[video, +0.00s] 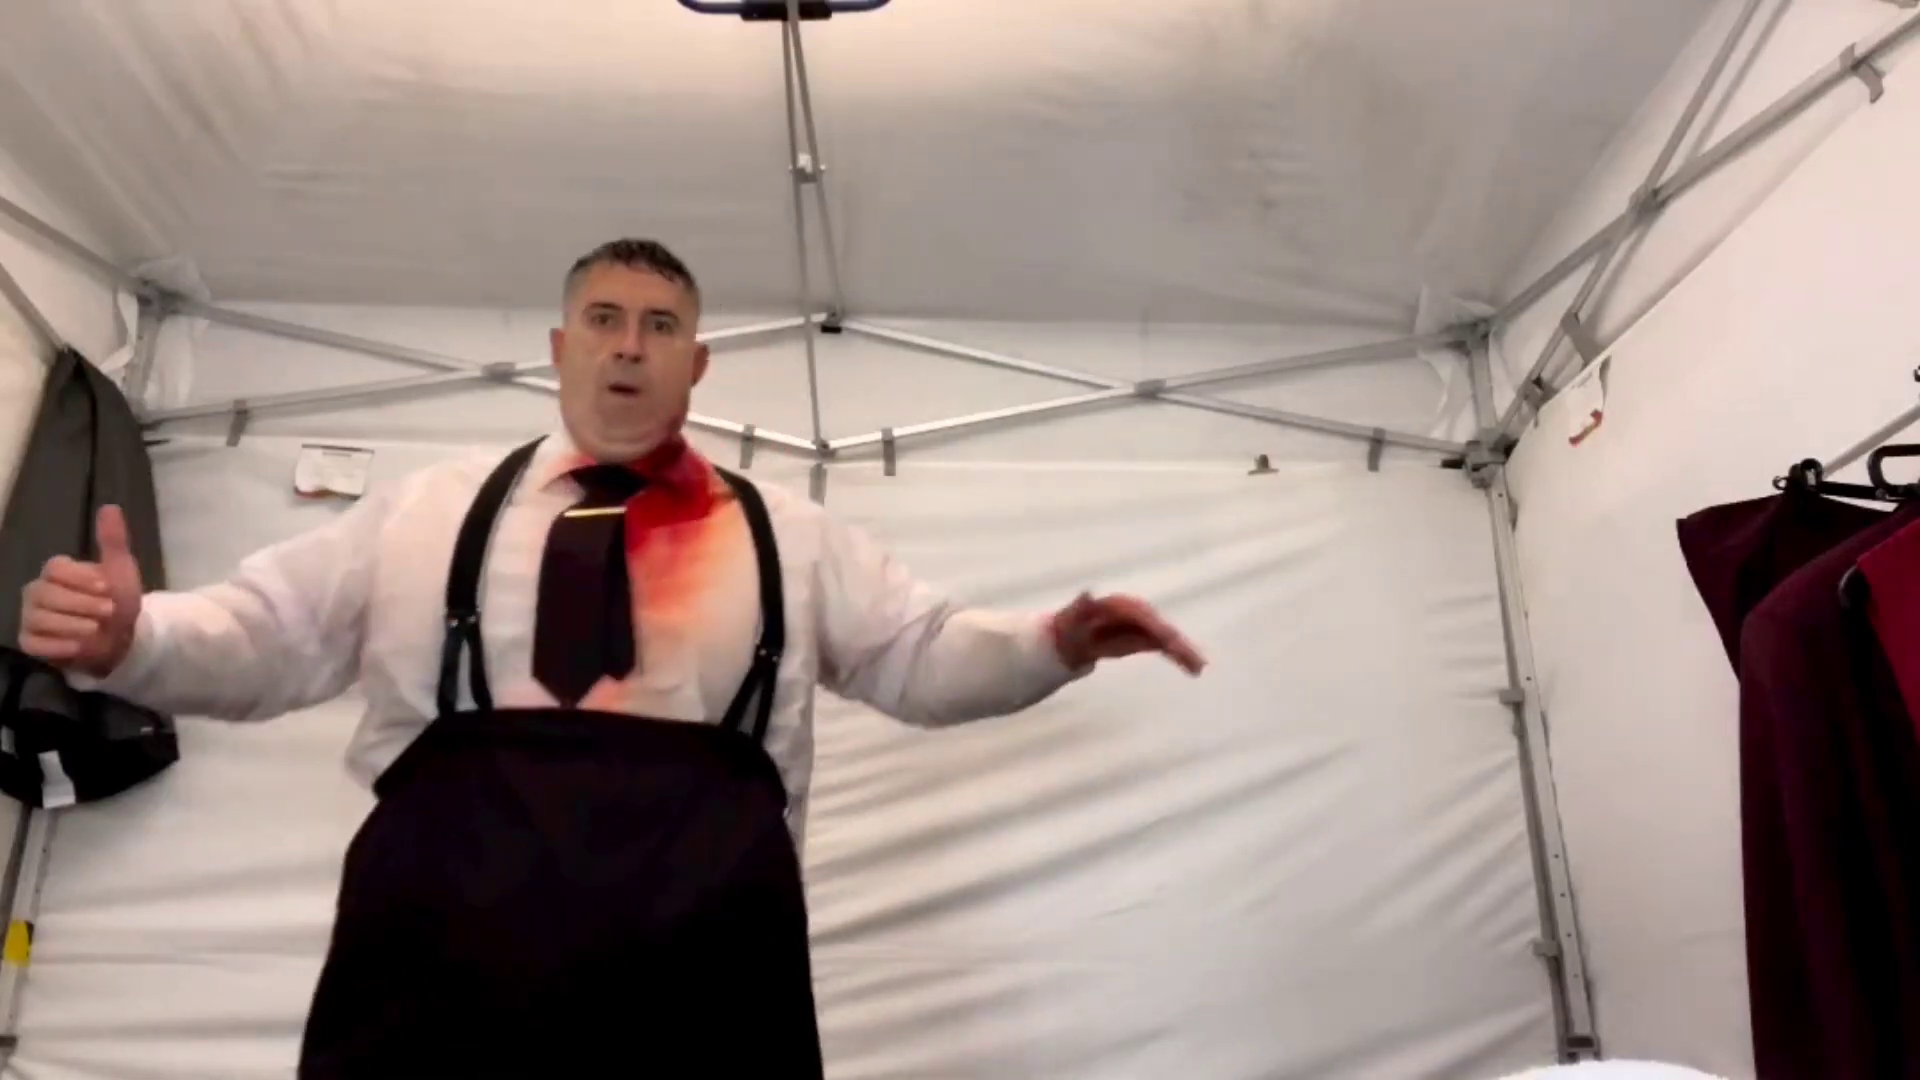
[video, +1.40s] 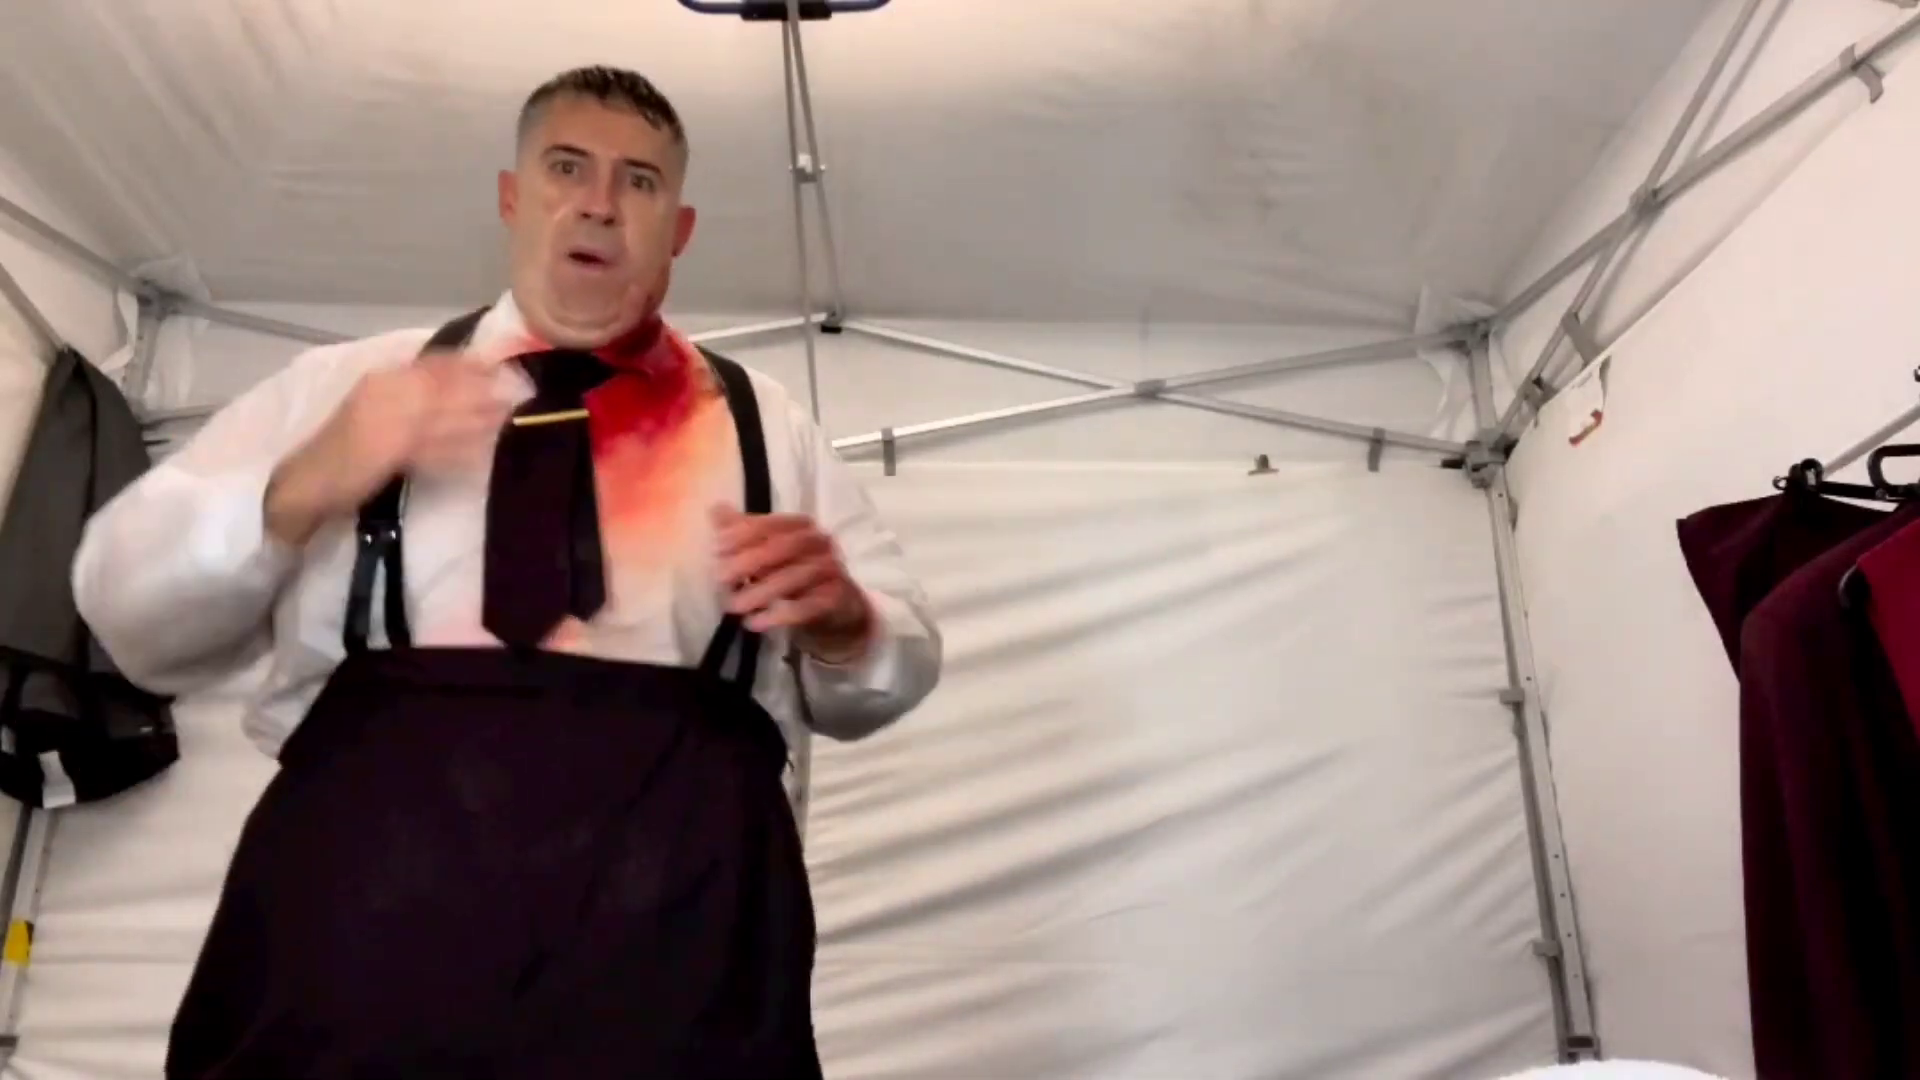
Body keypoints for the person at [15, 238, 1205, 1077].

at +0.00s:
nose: (630, 342)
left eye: (661, 324)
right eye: (603, 319)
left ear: (701, 364)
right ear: (554, 351)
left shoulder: (790, 533)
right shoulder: (426, 511)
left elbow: (919, 661)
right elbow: (267, 632)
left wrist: (1053, 644)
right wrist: (130, 633)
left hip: (696, 910)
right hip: (453, 903)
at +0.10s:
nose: (581, 380)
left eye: (613, 360)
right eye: (556, 355)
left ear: (654, 397)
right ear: (510, 385)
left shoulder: (743, 570)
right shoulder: (373, 565)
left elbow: (842, 743)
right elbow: (196, 761)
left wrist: (911, 716)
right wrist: (203, 663)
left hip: (658, 947)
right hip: (415, 937)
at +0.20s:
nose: (578, 339)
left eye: (611, 318)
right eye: (553, 311)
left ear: (651, 358)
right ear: (505, 340)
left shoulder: (731, 529)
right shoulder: (376, 517)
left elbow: (852, 710)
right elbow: (221, 714)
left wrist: (784, 716)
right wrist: (377, 649)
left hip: (657, 913)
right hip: (419, 908)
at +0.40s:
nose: (648, 303)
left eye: (682, 285)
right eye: (622, 272)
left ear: (715, 330)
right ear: (569, 298)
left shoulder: (791, 504)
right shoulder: (414, 477)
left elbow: (894, 665)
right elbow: (275, 635)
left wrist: (807, 782)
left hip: (690, 895)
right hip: (448, 882)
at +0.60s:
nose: (651, 291)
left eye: (687, 269)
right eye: (622, 254)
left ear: (719, 313)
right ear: (565, 277)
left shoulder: (785, 501)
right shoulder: (418, 458)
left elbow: (846, 725)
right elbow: (236, 665)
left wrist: (908, 712)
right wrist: (253, 696)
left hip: (688, 908)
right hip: (430, 895)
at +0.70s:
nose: (600, 238)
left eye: (636, 215)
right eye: (570, 206)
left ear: (674, 264)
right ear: (515, 236)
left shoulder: (753, 455)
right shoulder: (369, 420)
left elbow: (828, 656)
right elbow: (207, 666)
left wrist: (892, 650)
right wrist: (201, 602)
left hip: (655, 843)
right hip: (394, 824)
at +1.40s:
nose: (599, 204)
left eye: (638, 182)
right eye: (566, 169)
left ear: (678, 234)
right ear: (509, 202)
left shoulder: (753, 425)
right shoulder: (352, 385)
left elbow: (883, 687)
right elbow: (121, 609)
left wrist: (843, 623)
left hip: (667, 819)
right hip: (392, 798)